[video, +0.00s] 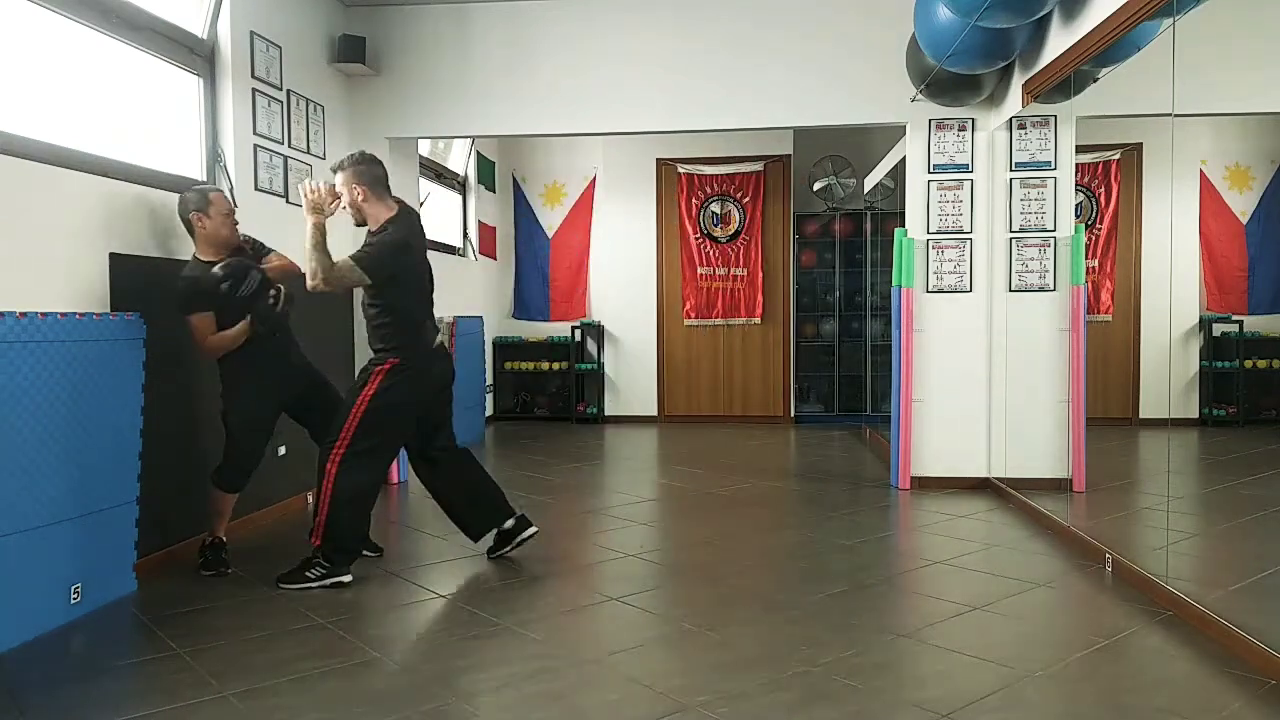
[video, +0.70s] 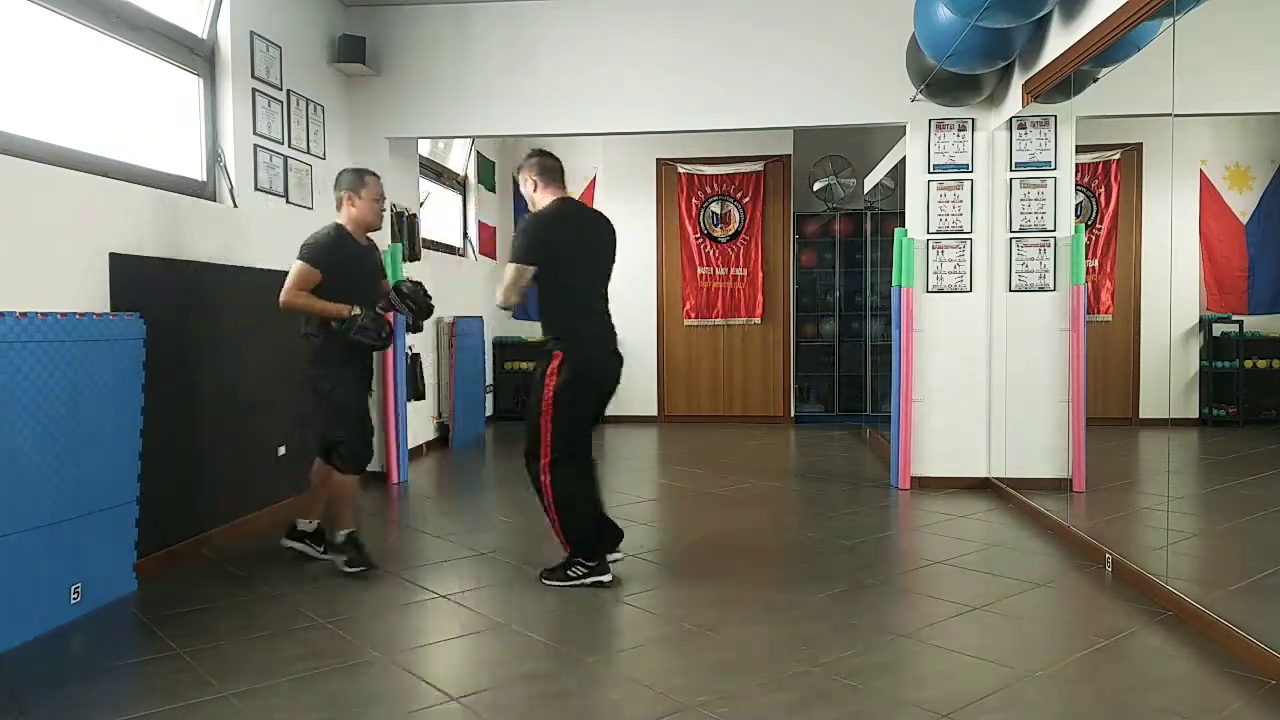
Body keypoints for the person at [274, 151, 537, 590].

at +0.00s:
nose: (343, 203)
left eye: (343, 195)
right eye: (342, 195)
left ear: (358, 192)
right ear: (379, 187)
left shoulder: (390, 242)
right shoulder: (405, 222)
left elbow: (320, 278)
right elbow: (339, 273)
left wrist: (315, 219)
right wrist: (325, 213)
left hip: (398, 365)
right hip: (428, 361)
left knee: (344, 456)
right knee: (434, 450)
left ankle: (332, 560)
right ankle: (506, 520)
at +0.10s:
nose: (356, 202)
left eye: (357, 193)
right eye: (353, 194)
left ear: (372, 191)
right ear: (395, 187)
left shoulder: (392, 243)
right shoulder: (426, 219)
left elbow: (322, 273)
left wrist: (322, 216)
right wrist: (364, 163)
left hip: (401, 369)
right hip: (439, 363)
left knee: (348, 459)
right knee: (429, 454)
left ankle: (332, 560)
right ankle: (491, 523)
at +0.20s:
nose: (381, 206)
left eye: (381, 197)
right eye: (379, 198)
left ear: (396, 194)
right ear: (420, 190)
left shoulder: (414, 244)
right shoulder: (452, 232)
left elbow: (342, 269)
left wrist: (345, 217)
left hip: (415, 373)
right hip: (452, 370)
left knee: (359, 461)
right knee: (426, 457)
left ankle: (330, 560)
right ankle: (475, 537)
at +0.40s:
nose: (445, 210)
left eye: (445, 201)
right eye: (444, 202)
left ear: (457, 196)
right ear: (483, 193)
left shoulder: (465, 235)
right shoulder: (511, 233)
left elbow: (391, 248)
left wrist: (391, 216)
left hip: (468, 367)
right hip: (498, 367)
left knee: (403, 449)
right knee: (454, 448)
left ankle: (387, 555)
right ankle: (475, 547)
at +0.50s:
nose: (467, 192)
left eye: (467, 184)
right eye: (467, 185)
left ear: (479, 180)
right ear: (509, 178)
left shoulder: (479, 218)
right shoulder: (543, 218)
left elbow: (415, 245)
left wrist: (416, 229)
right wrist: (446, 233)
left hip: (501, 351)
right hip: (533, 350)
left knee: (455, 441)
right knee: (488, 444)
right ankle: (478, 543)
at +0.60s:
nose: (495, 184)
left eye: (495, 177)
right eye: (496, 178)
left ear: (505, 173)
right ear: (535, 170)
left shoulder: (503, 209)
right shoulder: (571, 206)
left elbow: (454, 267)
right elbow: (582, 266)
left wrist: (470, 255)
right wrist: (534, 257)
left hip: (532, 340)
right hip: (568, 337)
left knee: (520, 443)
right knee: (531, 436)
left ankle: (576, 544)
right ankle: (503, 533)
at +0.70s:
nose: (523, 198)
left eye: (522, 190)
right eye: (521, 191)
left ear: (534, 183)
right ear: (562, 180)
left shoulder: (540, 223)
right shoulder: (602, 223)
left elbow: (507, 296)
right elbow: (586, 282)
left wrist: (518, 295)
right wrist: (533, 289)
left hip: (569, 357)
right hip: (605, 355)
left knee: (545, 456)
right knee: (573, 448)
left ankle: (587, 558)